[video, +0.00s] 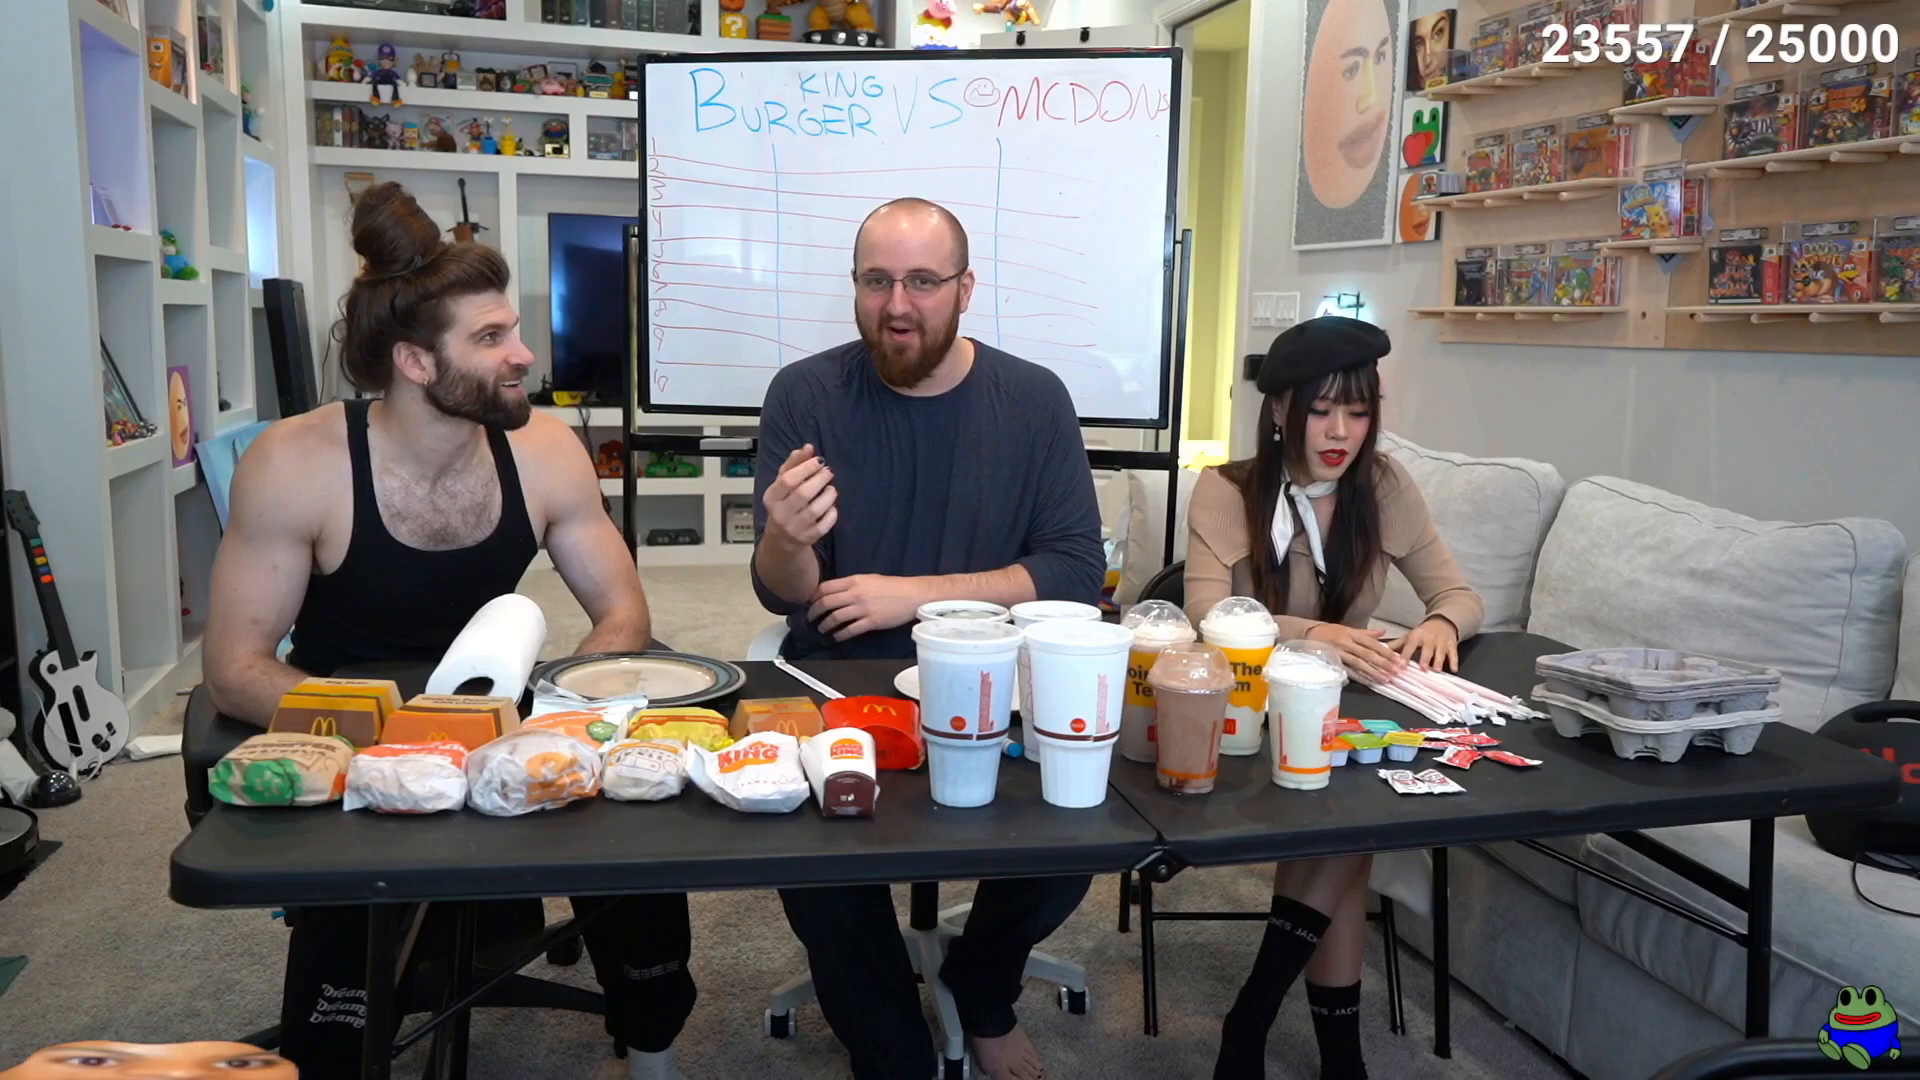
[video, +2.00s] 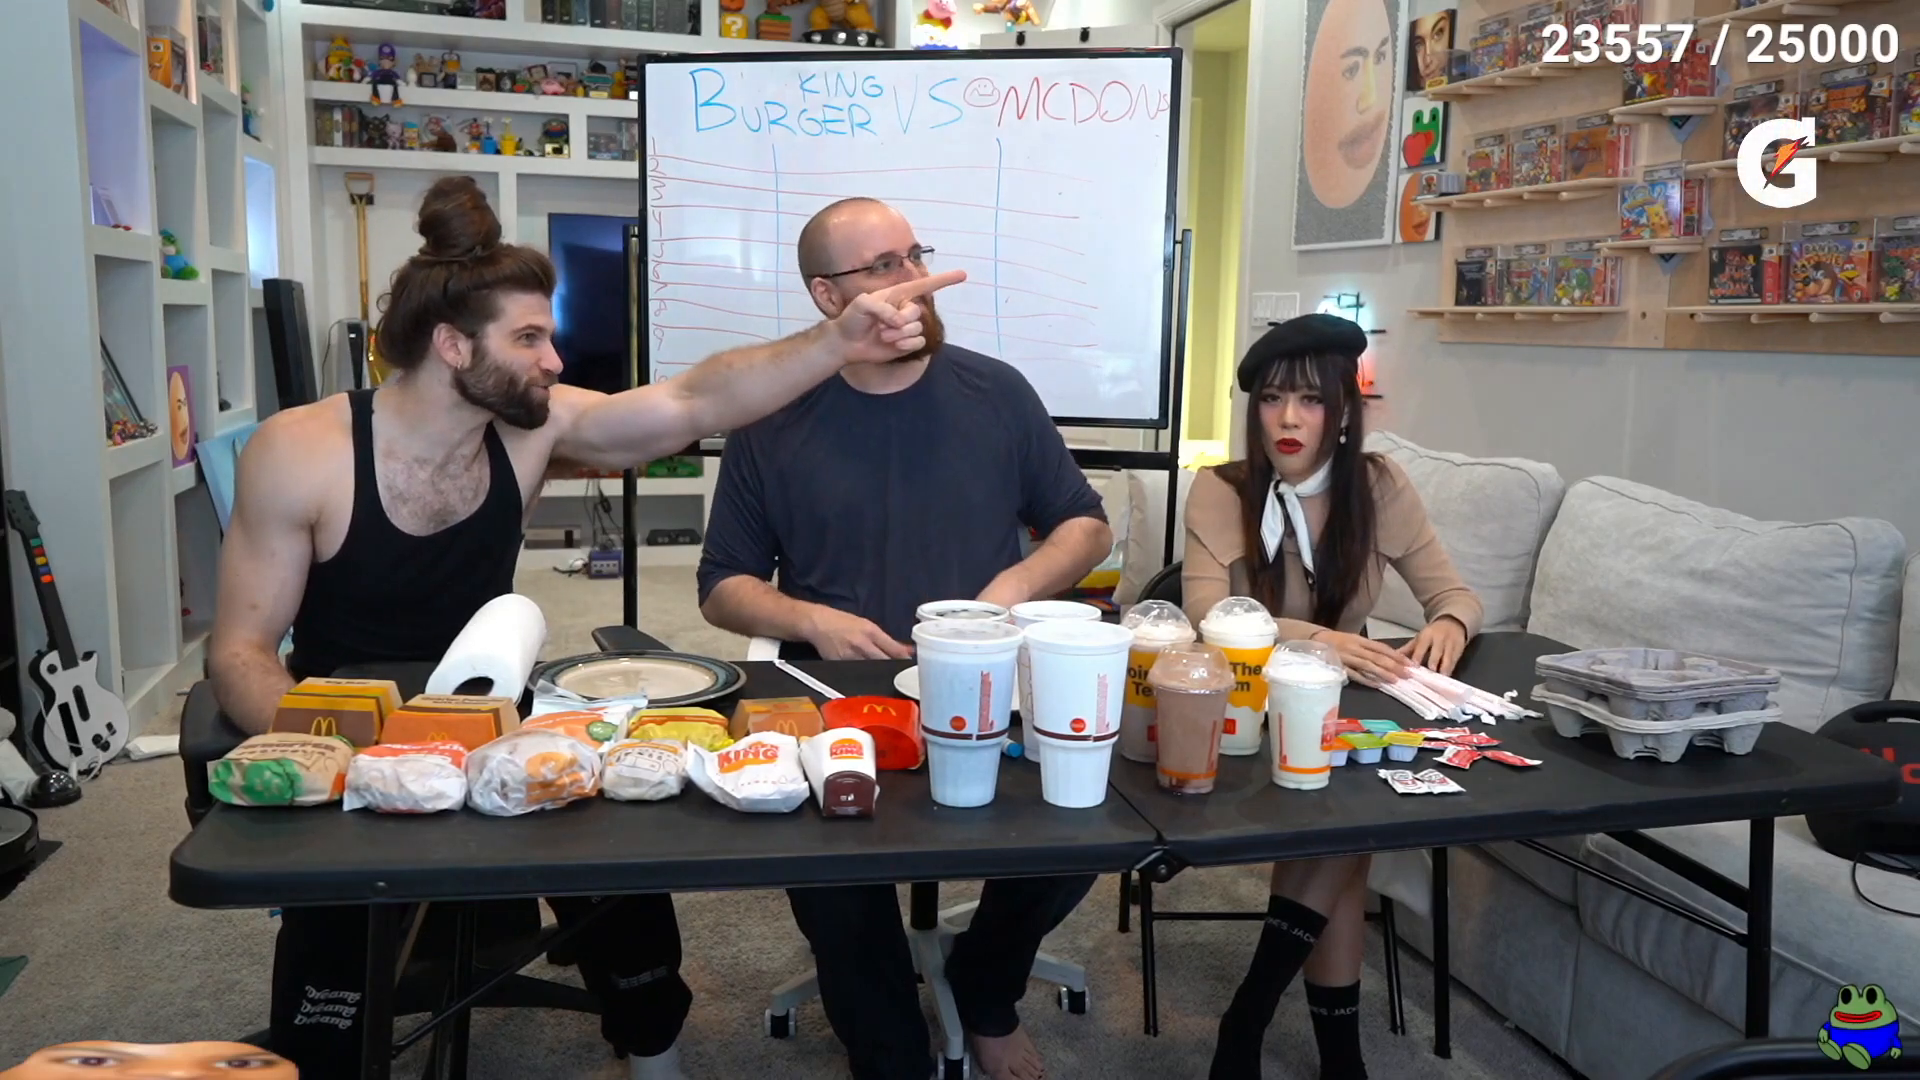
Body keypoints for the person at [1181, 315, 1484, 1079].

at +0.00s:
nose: (1339, 430)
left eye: (1356, 412)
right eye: (1319, 410)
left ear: (1373, 416)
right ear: (1281, 411)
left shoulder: (1385, 486)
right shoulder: (1225, 493)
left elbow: (1460, 595)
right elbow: (1209, 622)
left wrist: (1442, 620)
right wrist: (1311, 633)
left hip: (1339, 708)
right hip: (1242, 712)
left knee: (1352, 816)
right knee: (1351, 834)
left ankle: (1247, 1025)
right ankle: (1343, 1064)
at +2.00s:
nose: (1289, 418)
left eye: (1311, 399)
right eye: (1274, 398)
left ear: (1345, 411)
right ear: (1253, 406)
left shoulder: (1376, 482)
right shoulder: (1221, 491)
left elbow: (1453, 595)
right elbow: (1209, 623)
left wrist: (1450, 624)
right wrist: (1312, 636)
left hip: (1337, 706)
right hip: (1241, 710)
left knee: (1346, 816)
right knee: (1350, 832)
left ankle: (1244, 1025)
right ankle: (1343, 1064)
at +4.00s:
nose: (1296, 418)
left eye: (1318, 400)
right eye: (1280, 398)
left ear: (1348, 411)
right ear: (1256, 406)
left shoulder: (1379, 483)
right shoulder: (1221, 491)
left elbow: (1453, 594)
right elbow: (1209, 621)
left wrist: (1449, 625)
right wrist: (1309, 634)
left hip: (1337, 705)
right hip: (1241, 711)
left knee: (1348, 813)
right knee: (1351, 829)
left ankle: (1246, 1023)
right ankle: (1343, 1064)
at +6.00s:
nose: (1296, 419)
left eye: (1318, 401)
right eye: (1281, 398)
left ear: (1350, 413)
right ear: (1258, 405)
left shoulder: (1379, 485)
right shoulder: (1222, 491)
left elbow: (1456, 595)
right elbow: (1209, 619)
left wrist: (1446, 625)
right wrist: (1310, 633)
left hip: (1336, 704)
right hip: (1240, 710)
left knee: (1343, 819)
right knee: (1350, 834)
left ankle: (1246, 1024)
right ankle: (1343, 1064)